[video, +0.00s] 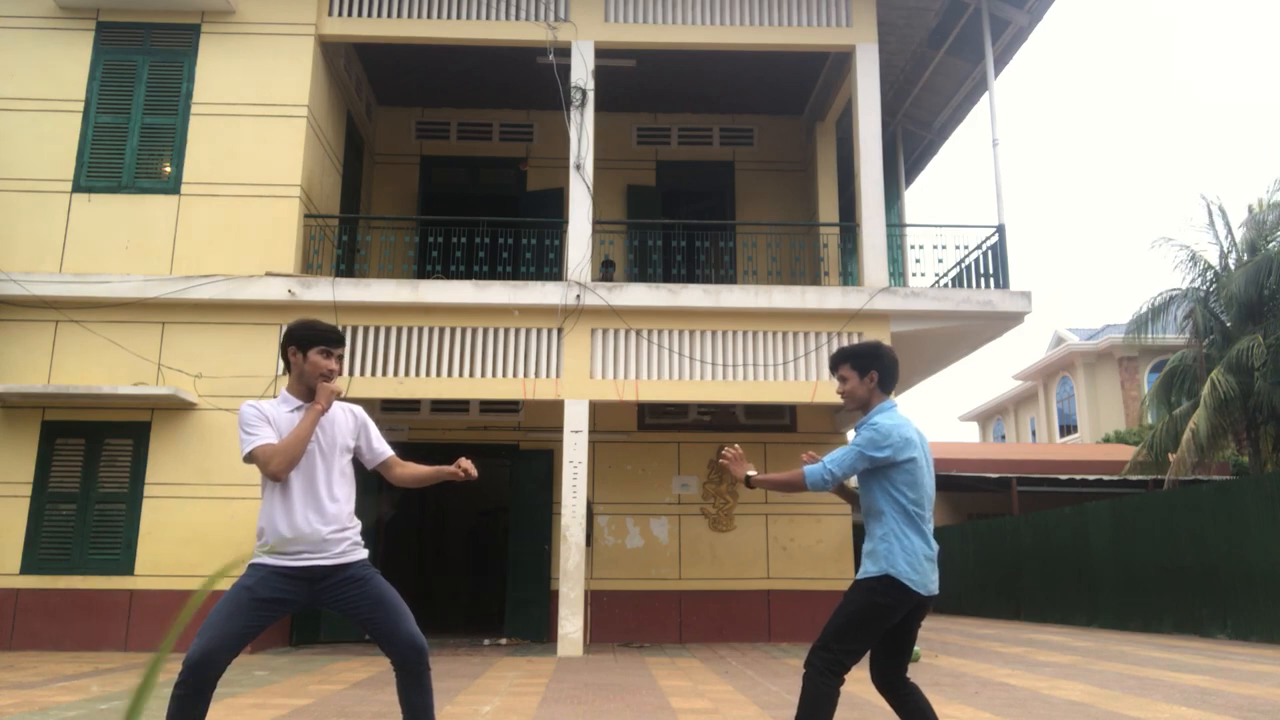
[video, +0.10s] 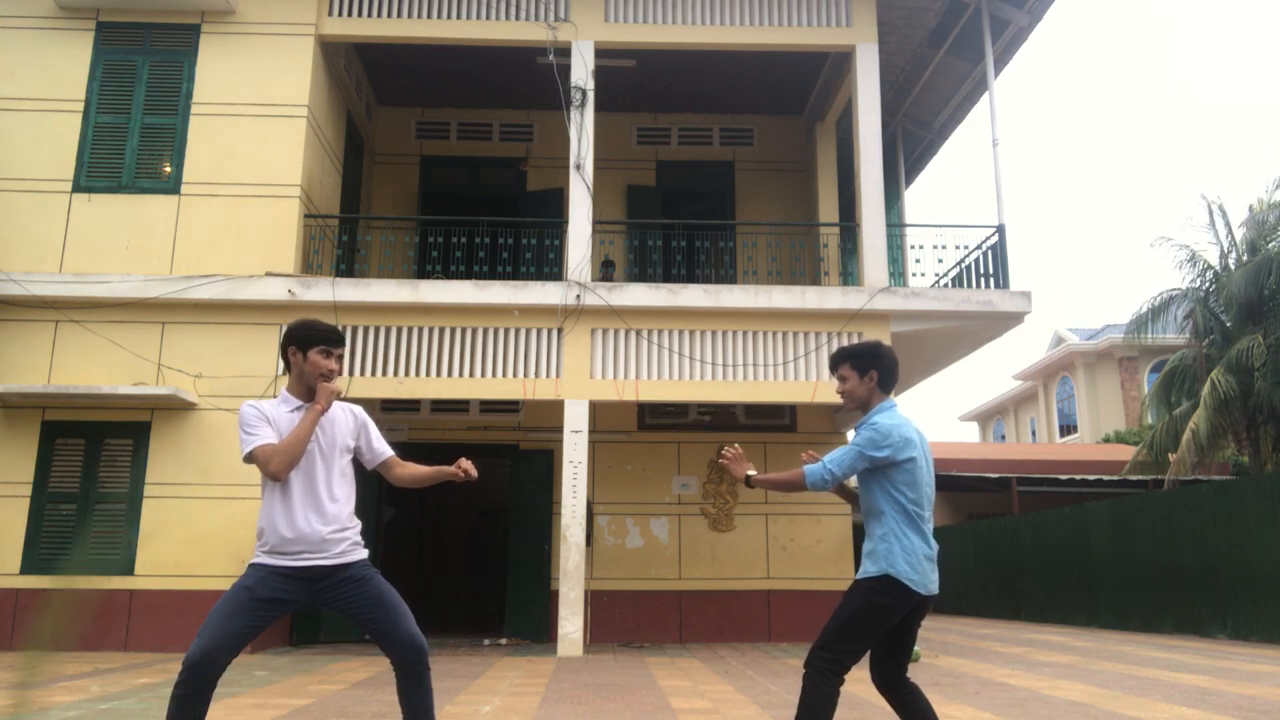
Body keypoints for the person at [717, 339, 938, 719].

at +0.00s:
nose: (838, 389)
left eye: (844, 379)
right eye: (837, 381)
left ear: (871, 379)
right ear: (871, 381)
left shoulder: (882, 429)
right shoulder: (904, 430)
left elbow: (817, 475)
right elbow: (877, 506)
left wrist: (750, 477)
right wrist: (831, 479)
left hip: (889, 574)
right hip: (917, 576)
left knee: (823, 666)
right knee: (889, 677)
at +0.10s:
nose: (838, 388)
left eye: (843, 379)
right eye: (837, 380)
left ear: (871, 379)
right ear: (871, 381)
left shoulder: (882, 429)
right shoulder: (904, 429)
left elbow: (817, 475)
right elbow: (877, 506)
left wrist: (749, 476)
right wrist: (832, 480)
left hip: (889, 574)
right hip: (917, 576)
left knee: (823, 666)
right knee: (889, 677)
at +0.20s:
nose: (838, 388)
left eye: (843, 379)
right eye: (837, 380)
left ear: (871, 378)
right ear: (871, 381)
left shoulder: (882, 429)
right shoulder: (904, 429)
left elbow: (818, 475)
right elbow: (876, 507)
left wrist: (749, 476)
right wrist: (831, 479)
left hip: (889, 573)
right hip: (916, 576)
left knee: (823, 666)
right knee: (890, 676)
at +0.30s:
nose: (837, 388)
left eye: (843, 378)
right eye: (836, 380)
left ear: (871, 378)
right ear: (871, 381)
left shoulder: (882, 428)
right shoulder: (904, 429)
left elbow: (817, 474)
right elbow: (876, 507)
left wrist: (748, 475)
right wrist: (830, 479)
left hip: (888, 573)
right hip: (916, 576)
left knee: (822, 667)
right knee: (890, 677)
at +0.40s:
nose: (837, 388)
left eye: (843, 378)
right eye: (836, 380)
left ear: (870, 378)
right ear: (871, 381)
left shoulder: (881, 428)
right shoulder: (904, 429)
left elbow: (817, 474)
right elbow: (876, 507)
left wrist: (748, 475)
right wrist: (830, 479)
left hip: (888, 573)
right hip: (916, 576)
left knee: (821, 666)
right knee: (890, 676)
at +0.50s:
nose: (836, 387)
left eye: (842, 378)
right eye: (835, 379)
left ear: (870, 378)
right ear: (869, 380)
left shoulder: (881, 427)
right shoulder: (902, 429)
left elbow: (817, 473)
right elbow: (875, 508)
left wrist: (747, 475)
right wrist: (830, 479)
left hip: (888, 573)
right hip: (915, 575)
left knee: (821, 666)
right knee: (890, 677)